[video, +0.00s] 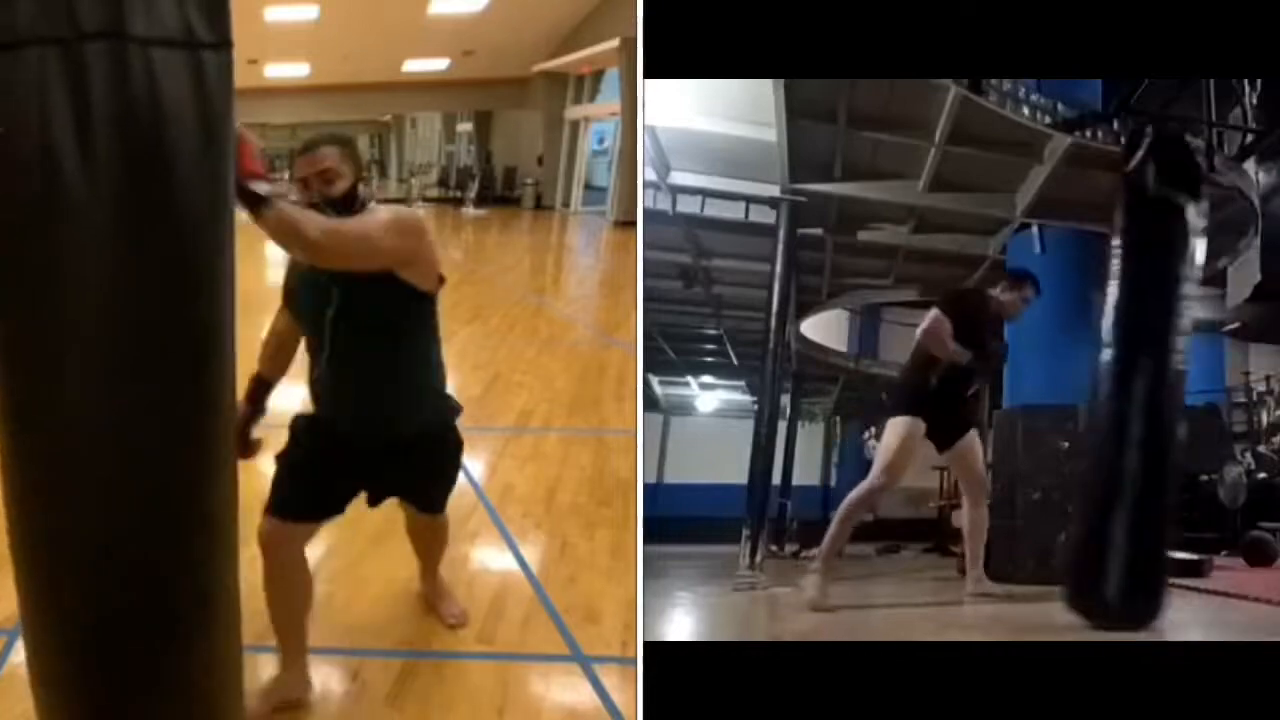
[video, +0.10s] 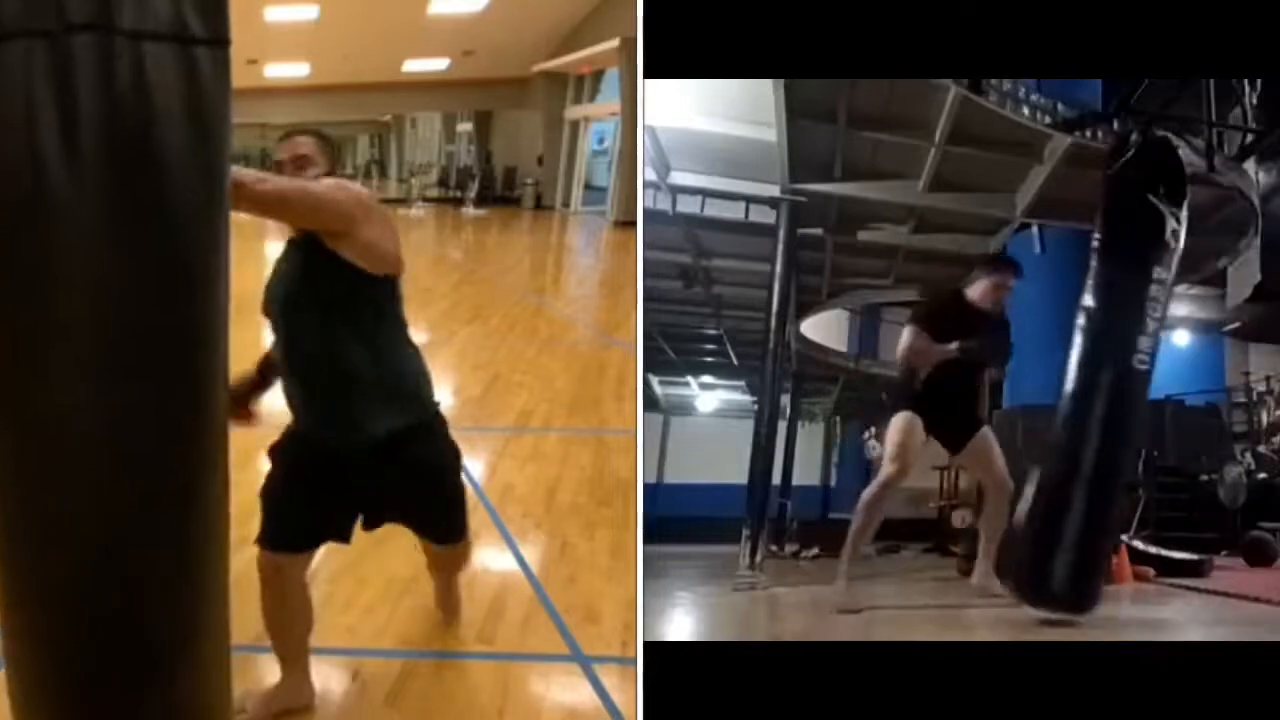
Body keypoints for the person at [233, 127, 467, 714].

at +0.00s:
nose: (318, 194)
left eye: (329, 179)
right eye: (305, 186)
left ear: (360, 179)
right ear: (295, 193)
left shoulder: (406, 230)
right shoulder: (305, 258)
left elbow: (320, 241)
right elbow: (284, 333)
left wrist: (253, 195)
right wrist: (252, 404)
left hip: (416, 424)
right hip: (334, 427)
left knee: (428, 517)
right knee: (280, 535)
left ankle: (432, 585)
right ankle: (293, 675)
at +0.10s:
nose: (291, 178)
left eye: (304, 167)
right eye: (280, 170)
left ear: (333, 173)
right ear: (271, 180)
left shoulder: (361, 217)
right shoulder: (294, 258)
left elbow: (243, 191)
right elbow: (294, 341)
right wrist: (252, 385)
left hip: (402, 429)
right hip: (320, 437)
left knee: (448, 542)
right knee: (279, 560)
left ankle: (446, 586)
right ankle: (295, 684)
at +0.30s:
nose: (256, 181)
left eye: (269, 169)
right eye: (251, 172)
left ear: (303, 175)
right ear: (251, 182)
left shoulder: (302, 214)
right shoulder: (274, 235)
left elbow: (281, 267)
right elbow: (205, 284)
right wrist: (210, 212)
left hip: (344, 381)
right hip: (360, 403)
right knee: (290, 534)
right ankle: (264, 692)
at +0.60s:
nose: (274, 188)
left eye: (289, 175)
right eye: (264, 175)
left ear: (316, 175)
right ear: (254, 178)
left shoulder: (351, 237)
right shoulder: (247, 268)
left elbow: (421, 301)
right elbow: (192, 335)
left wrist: (462, 354)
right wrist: (164, 289)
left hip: (379, 400)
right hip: (308, 429)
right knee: (283, 564)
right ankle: (266, 705)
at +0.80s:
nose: (338, 171)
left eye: (354, 156)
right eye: (328, 156)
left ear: (389, 156)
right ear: (319, 154)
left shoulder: (428, 242)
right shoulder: (304, 239)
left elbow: (454, 342)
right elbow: (262, 317)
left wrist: (387, 271)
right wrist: (227, 316)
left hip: (405, 456)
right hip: (317, 450)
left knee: (431, 599)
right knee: (298, 573)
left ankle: (480, 701)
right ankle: (272, 703)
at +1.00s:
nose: (380, 183)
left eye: (396, 169)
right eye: (372, 168)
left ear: (441, 163)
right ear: (365, 163)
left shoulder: (497, 249)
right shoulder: (375, 229)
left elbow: (506, 375)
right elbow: (331, 321)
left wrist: (418, 335)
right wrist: (304, 306)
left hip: (456, 449)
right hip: (369, 434)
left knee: (463, 579)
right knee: (324, 538)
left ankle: (471, 697)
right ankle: (305, 661)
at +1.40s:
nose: (408, 186)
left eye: (422, 173)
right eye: (399, 172)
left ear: (463, 165)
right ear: (390, 166)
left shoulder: (509, 231)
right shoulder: (395, 224)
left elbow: (494, 329)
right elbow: (325, 300)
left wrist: (425, 257)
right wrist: (320, 252)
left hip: (467, 431)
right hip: (401, 418)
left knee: (454, 581)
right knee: (422, 521)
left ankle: (474, 692)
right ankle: (439, 603)